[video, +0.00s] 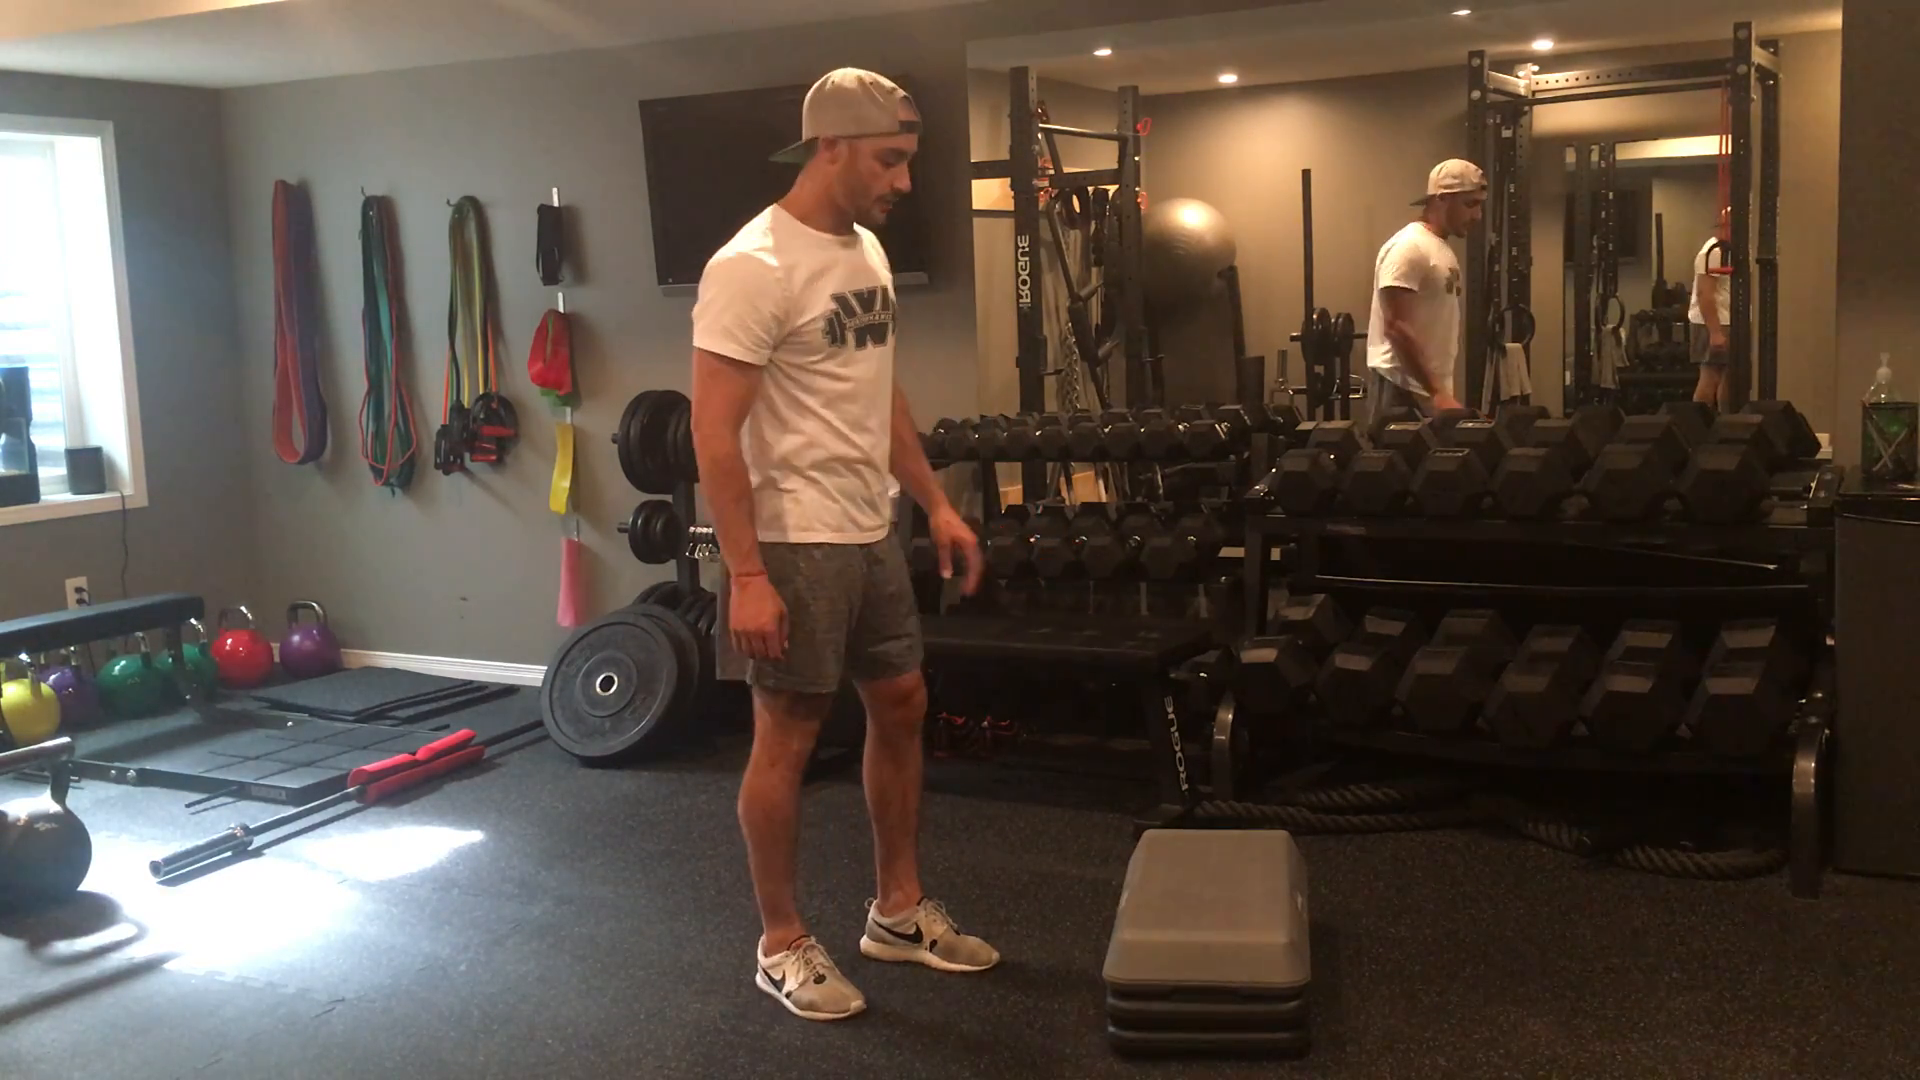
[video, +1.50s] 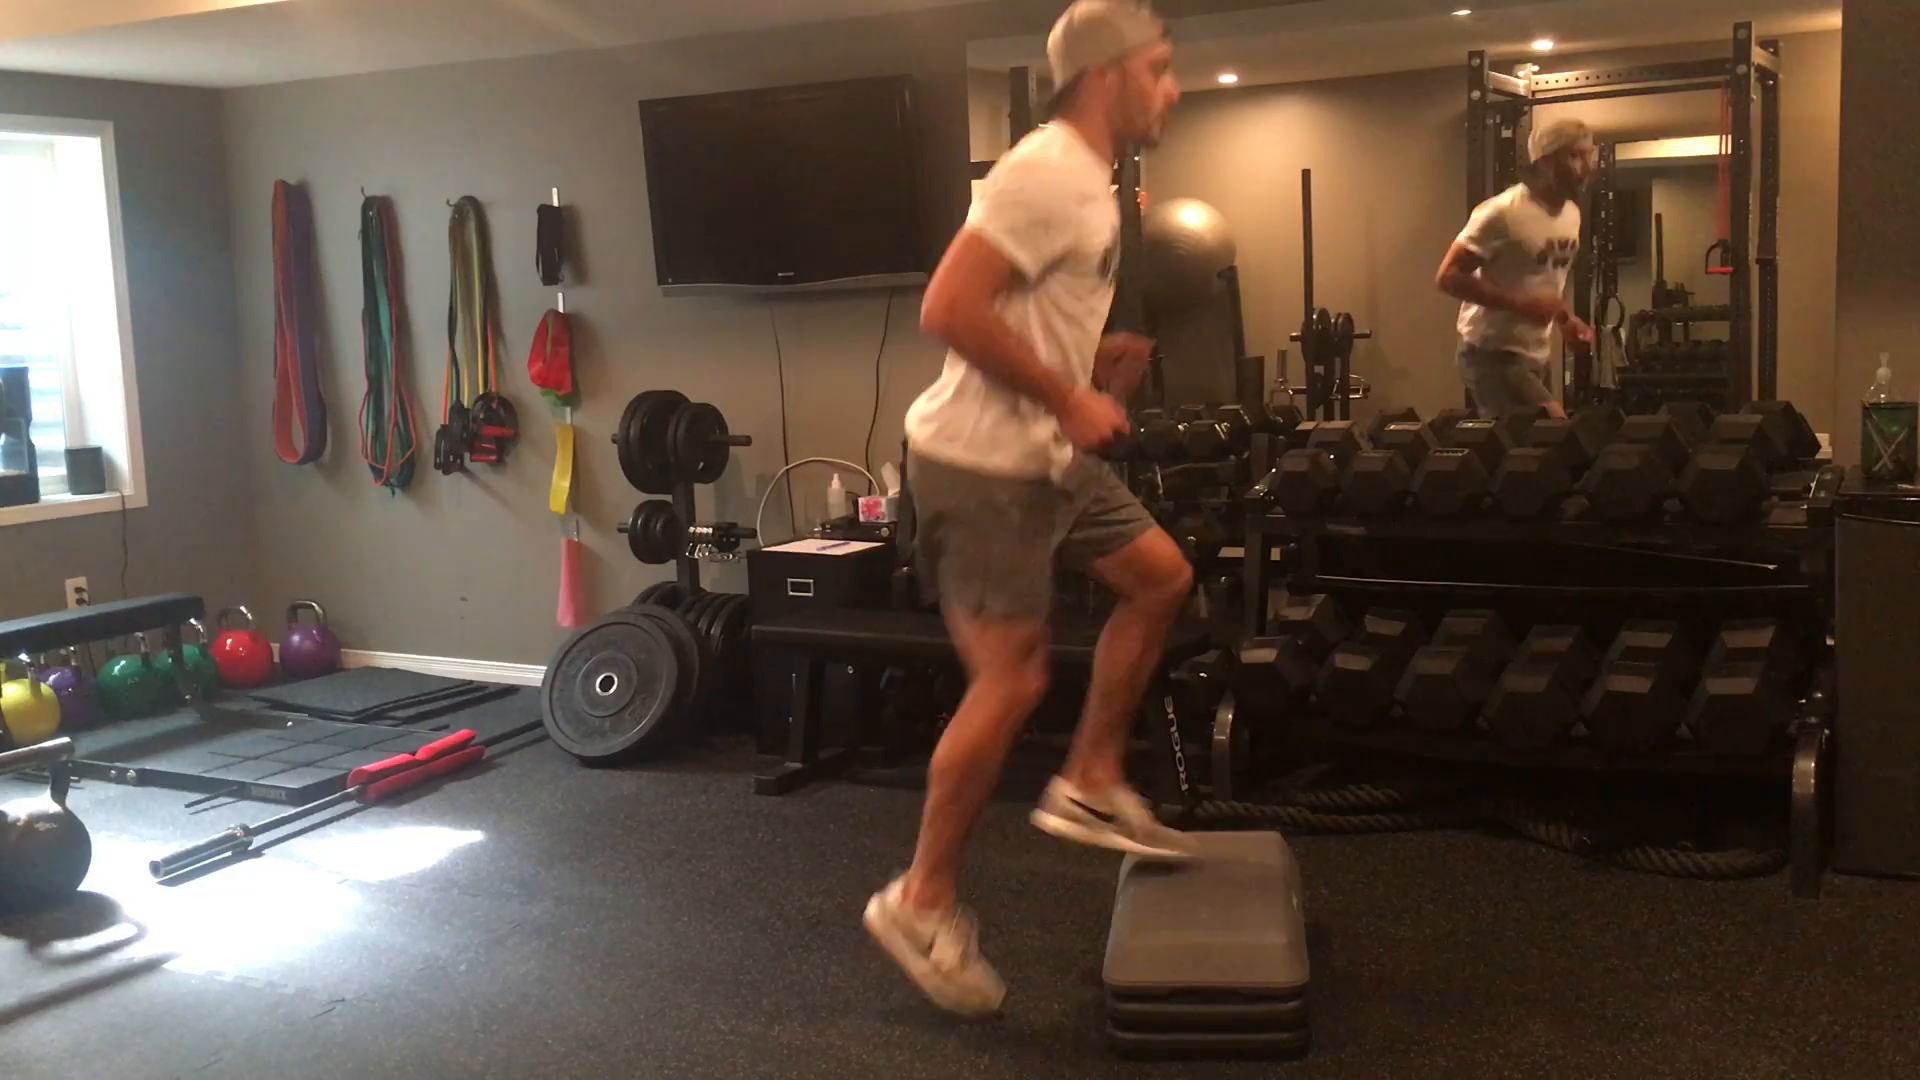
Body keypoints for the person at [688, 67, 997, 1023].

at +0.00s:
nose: (904, 179)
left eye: (907, 160)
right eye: (891, 159)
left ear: (854, 157)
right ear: (832, 152)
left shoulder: (865, 252)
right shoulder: (749, 266)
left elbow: (879, 395)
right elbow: (711, 432)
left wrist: (936, 503)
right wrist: (746, 572)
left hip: (872, 533)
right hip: (790, 543)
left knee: (900, 708)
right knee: (784, 742)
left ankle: (900, 909)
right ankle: (782, 943)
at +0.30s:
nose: (954, 178)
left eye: (955, 158)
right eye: (944, 156)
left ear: (893, 154)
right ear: (885, 150)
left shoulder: (872, 257)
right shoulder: (811, 258)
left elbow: (837, 416)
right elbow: (765, 427)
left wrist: (884, 501)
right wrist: (835, 554)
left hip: (866, 536)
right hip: (795, 544)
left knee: (910, 701)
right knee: (782, 741)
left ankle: (894, 912)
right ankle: (776, 943)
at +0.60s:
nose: (1056, 192)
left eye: (1054, 174)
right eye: (1044, 173)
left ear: (995, 179)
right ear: (990, 176)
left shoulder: (970, 270)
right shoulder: (924, 261)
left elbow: (913, 413)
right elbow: (851, 405)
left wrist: (958, 498)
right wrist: (947, 512)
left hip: (918, 541)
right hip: (876, 542)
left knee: (959, 736)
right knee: (963, 737)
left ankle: (902, 926)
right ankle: (815, 905)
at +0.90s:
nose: (1137, 83)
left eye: (1134, 64)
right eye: (1120, 65)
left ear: (1072, 83)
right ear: (1062, 81)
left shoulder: (1057, 183)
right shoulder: (1003, 175)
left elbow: (1001, 296)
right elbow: (908, 303)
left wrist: (1081, 324)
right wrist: (1024, 396)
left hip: (976, 449)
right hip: (989, 450)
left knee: (1034, 642)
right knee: (1152, 606)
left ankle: (945, 853)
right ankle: (1114, 839)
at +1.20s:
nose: (1182, 34)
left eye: (1178, 16)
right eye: (1166, 14)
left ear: (1119, 26)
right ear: (1111, 23)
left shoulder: (1106, 129)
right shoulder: (1056, 119)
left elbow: (1046, 271)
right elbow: (988, 267)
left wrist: (1127, 322)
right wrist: (1116, 340)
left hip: (1054, 402)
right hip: (1024, 406)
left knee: (1135, 604)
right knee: (1138, 603)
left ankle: (1120, 815)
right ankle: (1097, 836)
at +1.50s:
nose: (1170, 89)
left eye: (1167, 71)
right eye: (1156, 71)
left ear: (1110, 83)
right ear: (1101, 82)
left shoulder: (1091, 181)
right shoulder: (1043, 171)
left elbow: (1006, 312)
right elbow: (951, 306)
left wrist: (1094, 351)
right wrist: (1067, 393)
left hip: (1044, 451)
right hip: (978, 457)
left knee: (1158, 578)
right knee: (1010, 677)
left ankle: (1090, 781)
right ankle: (920, 900)